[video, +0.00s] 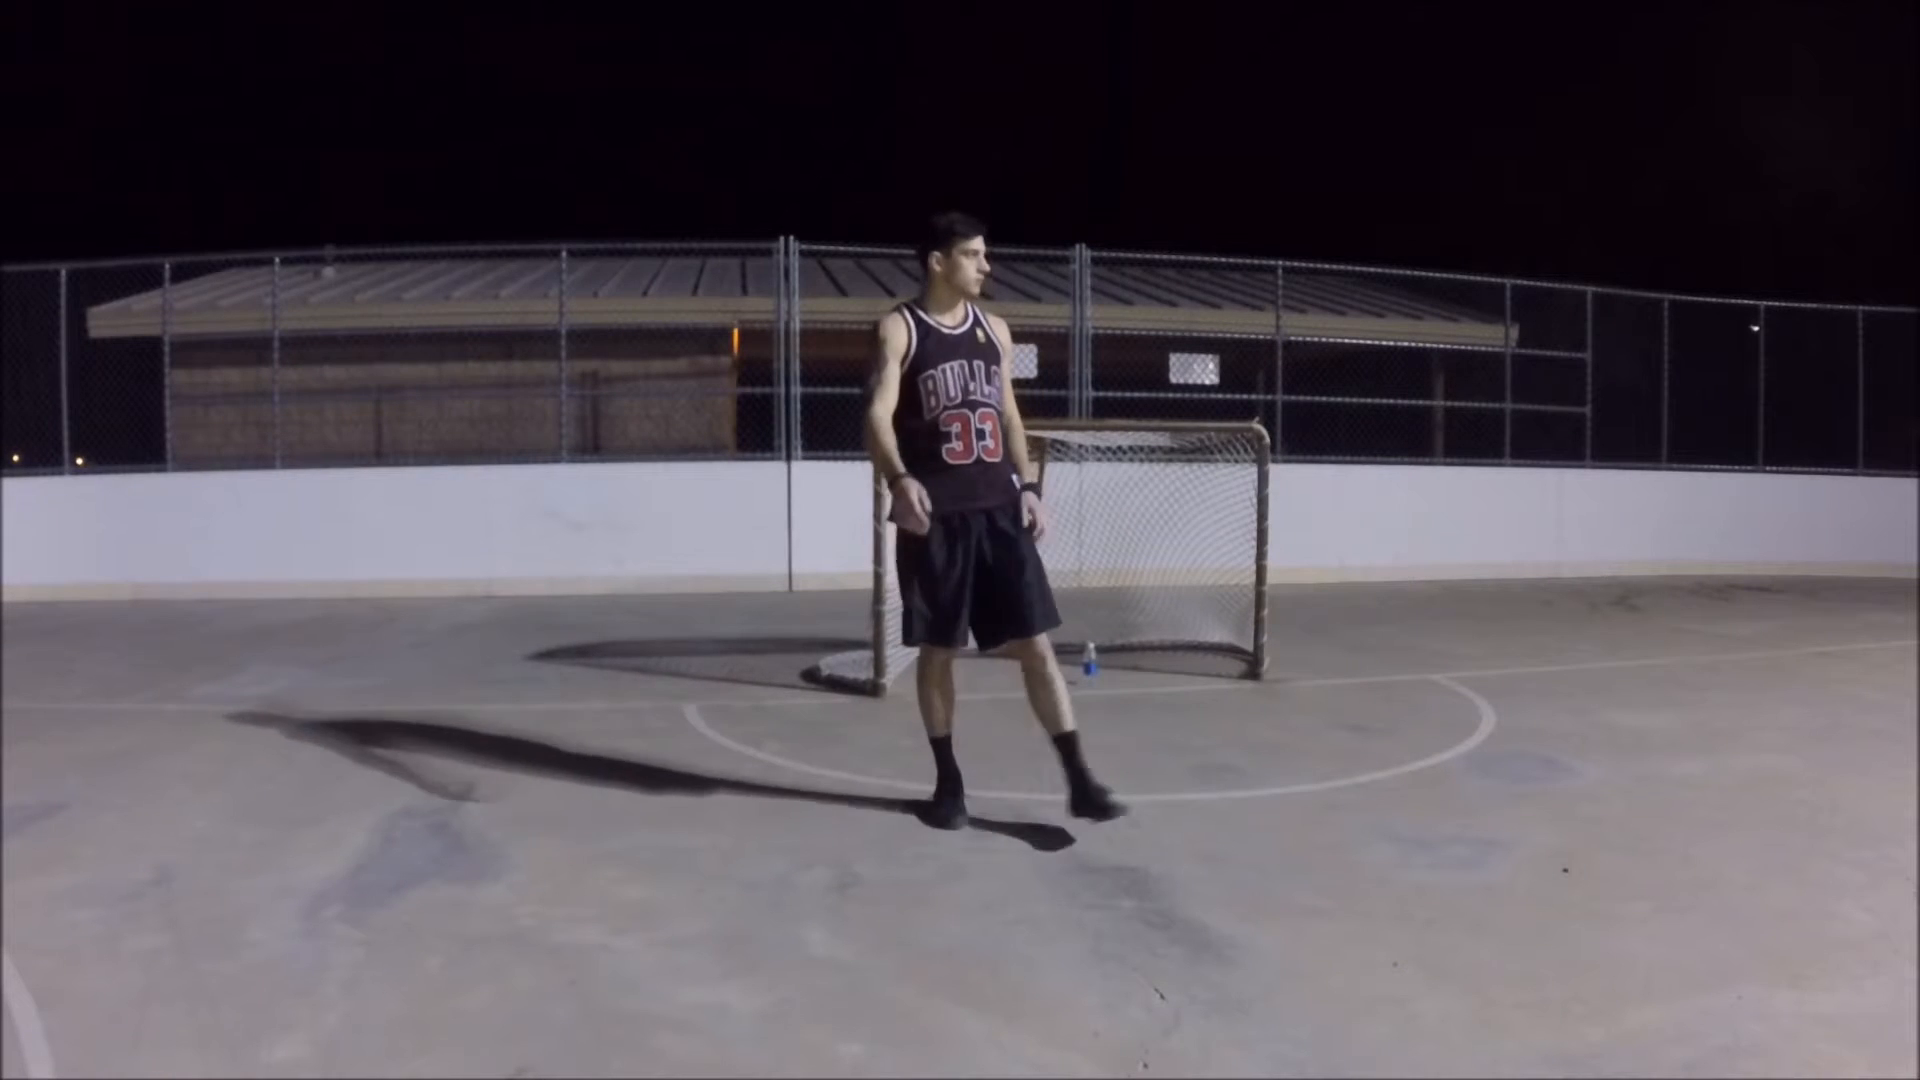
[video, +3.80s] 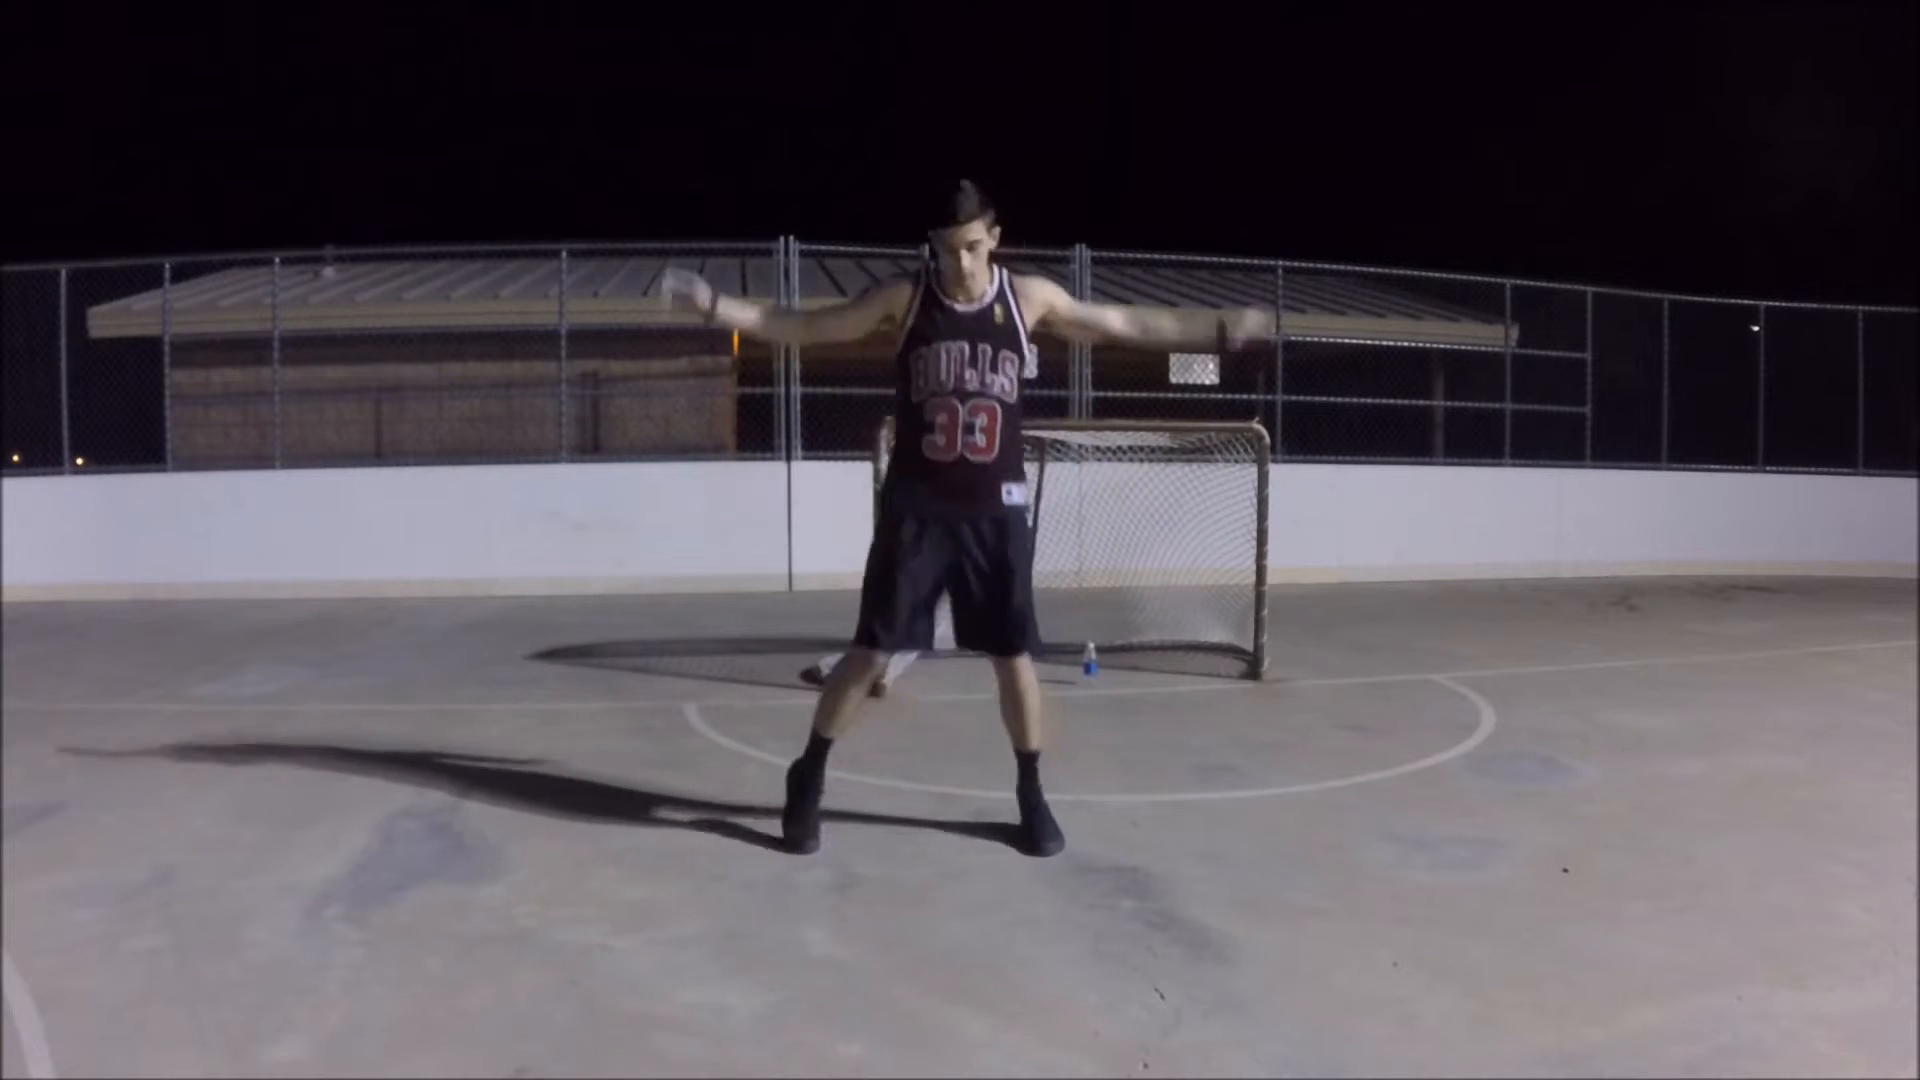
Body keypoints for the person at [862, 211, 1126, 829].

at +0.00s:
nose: (983, 266)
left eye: (984, 256)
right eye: (971, 256)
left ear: (980, 264)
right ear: (936, 262)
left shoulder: (993, 327)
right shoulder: (901, 326)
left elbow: (1009, 415)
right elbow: (878, 414)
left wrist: (1028, 484)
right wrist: (898, 478)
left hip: (1001, 511)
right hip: (935, 517)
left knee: (1037, 647)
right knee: (938, 651)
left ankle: (1081, 782)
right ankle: (948, 784)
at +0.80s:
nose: (1046, 247)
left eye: (1045, 237)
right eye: (1032, 238)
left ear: (1035, 248)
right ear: (992, 247)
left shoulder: (1073, 318)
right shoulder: (950, 329)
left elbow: (1104, 411)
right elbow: (921, 426)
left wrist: (1120, 499)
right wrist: (905, 516)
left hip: (1064, 519)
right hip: (987, 523)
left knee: (1065, 666)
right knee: (973, 655)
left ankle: (1064, 818)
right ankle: (952, 768)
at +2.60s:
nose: (941, 244)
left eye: (953, 231)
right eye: (933, 235)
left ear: (982, 240)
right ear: (925, 249)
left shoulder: (1023, 311)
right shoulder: (928, 325)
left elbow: (1042, 419)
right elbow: (913, 425)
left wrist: (1007, 513)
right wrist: (883, 515)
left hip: (1007, 508)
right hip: (941, 507)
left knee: (1014, 663)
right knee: (942, 665)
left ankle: (1038, 803)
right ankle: (950, 809)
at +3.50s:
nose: (986, 239)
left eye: (997, 226)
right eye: (975, 230)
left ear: (1023, 235)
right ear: (960, 244)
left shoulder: (1064, 318)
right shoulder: (942, 316)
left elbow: (1094, 421)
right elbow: (908, 406)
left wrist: (1095, 520)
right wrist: (888, 490)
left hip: (1026, 523)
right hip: (947, 516)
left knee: (1032, 664)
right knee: (913, 658)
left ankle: (1038, 803)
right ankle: (867, 786)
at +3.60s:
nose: (980, 251)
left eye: (992, 239)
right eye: (970, 242)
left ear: (1018, 246)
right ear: (958, 252)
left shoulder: (1058, 325)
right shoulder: (936, 322)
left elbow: (1097, 419)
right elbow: (872, 397)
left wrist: (1127, 505)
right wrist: (845, 478)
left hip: (1024, 531)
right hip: (943, 527)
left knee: (1035, 674)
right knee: (891, 664)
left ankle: (1040, 803)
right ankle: (828, 789)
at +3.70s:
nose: (973, 268)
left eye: (985, 257)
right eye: (963, 257)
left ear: (1007, 261)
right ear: (949, 262)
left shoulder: (1045, 332)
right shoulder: (920, 329)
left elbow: (1122, 395)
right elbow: (838, 372)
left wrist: (1187, 442)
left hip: (1017, 540)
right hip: (932, 538)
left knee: (1039, 682)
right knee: (869, 674)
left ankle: (1040, 805)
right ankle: (804, 788)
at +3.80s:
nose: (964, 260)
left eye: (973, 246)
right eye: (952, 248)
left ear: (995, 237)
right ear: (933, 244)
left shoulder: (1032, 299)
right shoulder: (904, 301)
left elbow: (1128, 325)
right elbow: (802, 328)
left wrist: (1223, 326)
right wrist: (720, 307)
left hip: (997, 513)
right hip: (915, 510)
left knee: (1015, 656)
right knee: (874, 655)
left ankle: (1032, 799)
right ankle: (808, 777)